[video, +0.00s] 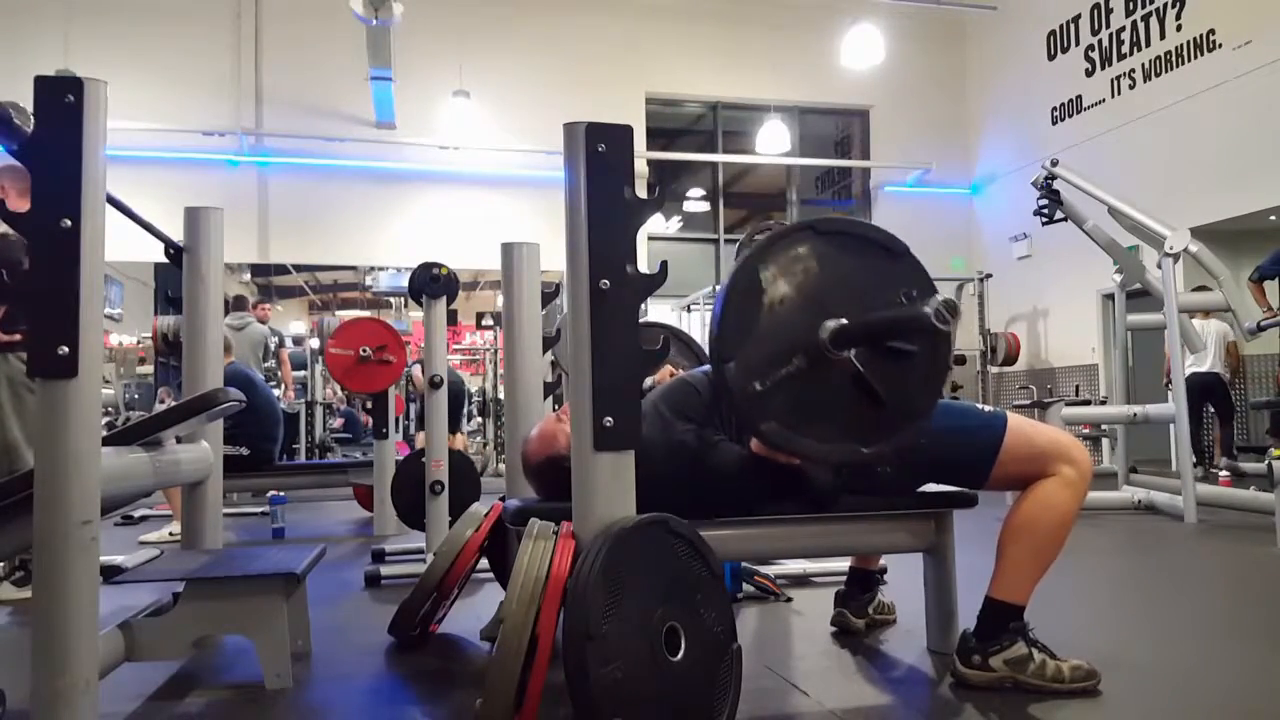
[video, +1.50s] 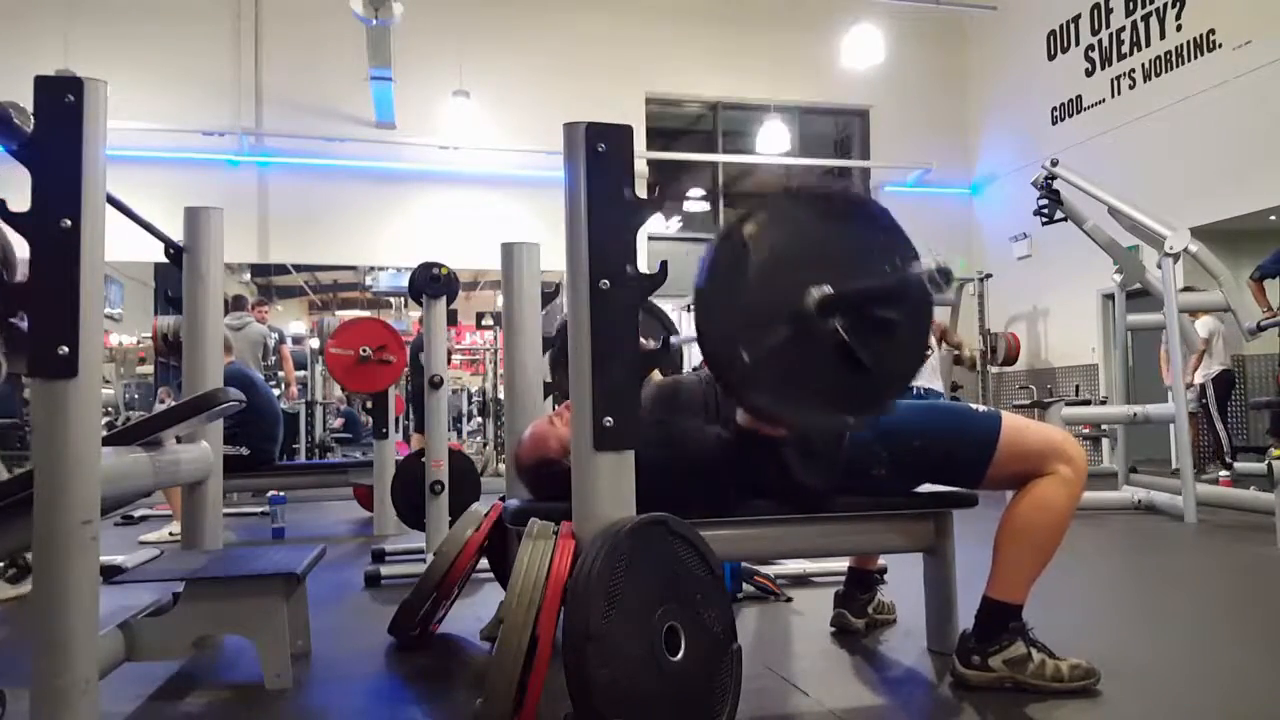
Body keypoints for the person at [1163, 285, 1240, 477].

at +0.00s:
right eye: (1209, 303)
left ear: (1191, 306)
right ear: (1212, 306)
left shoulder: (1181, 327)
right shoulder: (1224, 327)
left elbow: (1170, 355)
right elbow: (1234, 358)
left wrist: (1166, 377)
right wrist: (1231, 377)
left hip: (1191, 379)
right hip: (1216, 379)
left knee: (1194, 423)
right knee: (1226, 419)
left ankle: (1199, 464)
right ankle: (1227, 457)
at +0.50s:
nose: (1196, 310)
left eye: (1198, 306)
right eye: (1197, 306)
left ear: (1202, 308)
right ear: (1220, 306)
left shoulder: (1205, 327)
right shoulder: (1234, 326)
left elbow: (1198, 355)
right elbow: (1241, 354)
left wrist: (1191, 377)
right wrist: (1242, 375)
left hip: (1214, 378)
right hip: (1235, 376)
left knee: (1206, 422)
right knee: (1235, 423)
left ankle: (1201, 462)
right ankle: (1237, 464)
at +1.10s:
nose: (1196, 312)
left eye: (1196, 307)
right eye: (1195, 308)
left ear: (1203, 306)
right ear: (1213, 303)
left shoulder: (1213, 324)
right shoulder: (1229, 323)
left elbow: (1210, 351)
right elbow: (1237, 352)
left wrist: (1197, 375)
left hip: (1218, 376)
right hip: (1233, 374)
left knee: (1221, 421)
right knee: (1231, 420)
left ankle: (1230, 464)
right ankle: (1235, 462)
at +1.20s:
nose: (1193, 313)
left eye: (1193, 308)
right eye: (1192, 308)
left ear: (1200, 307)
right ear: (1211, 303)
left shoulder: (1210, 323)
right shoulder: (1228, 323)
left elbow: (1208, 350)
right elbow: (1237, 353)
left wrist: (1194, 373)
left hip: (1216, 376)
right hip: (1231, 374)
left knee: (1220, 422)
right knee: (1226, 420)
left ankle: (1230, 465)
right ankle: (1234, 462)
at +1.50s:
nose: (1186, 313)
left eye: (1186, 309)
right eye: (1185, 309)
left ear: (1193, 307)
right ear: (1201, 305)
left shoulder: (1203, 323)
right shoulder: (1214, 321)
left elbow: (1200, 351)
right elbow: (1213, 353)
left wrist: (1189, 374)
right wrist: (1198, 376)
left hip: (1212, 375)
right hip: (1223, 373)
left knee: (1216, 420)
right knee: (1217, 420)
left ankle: (1226, 462)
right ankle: (1221, 460)